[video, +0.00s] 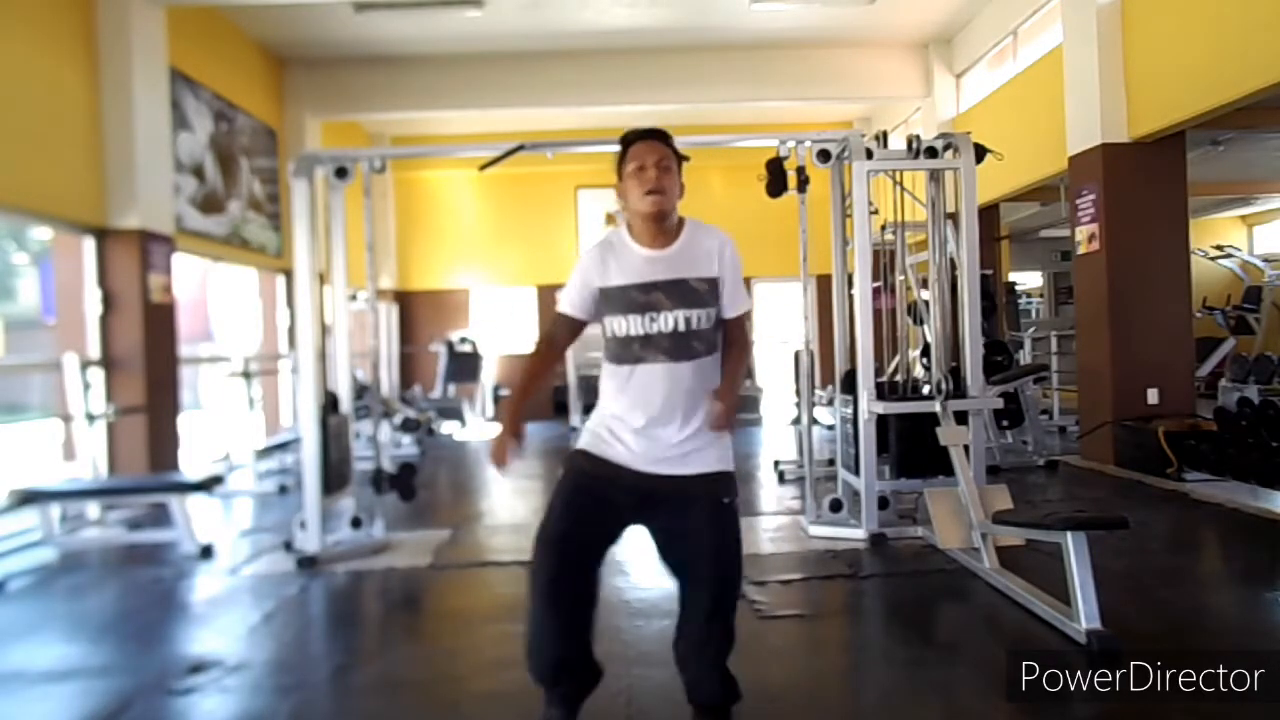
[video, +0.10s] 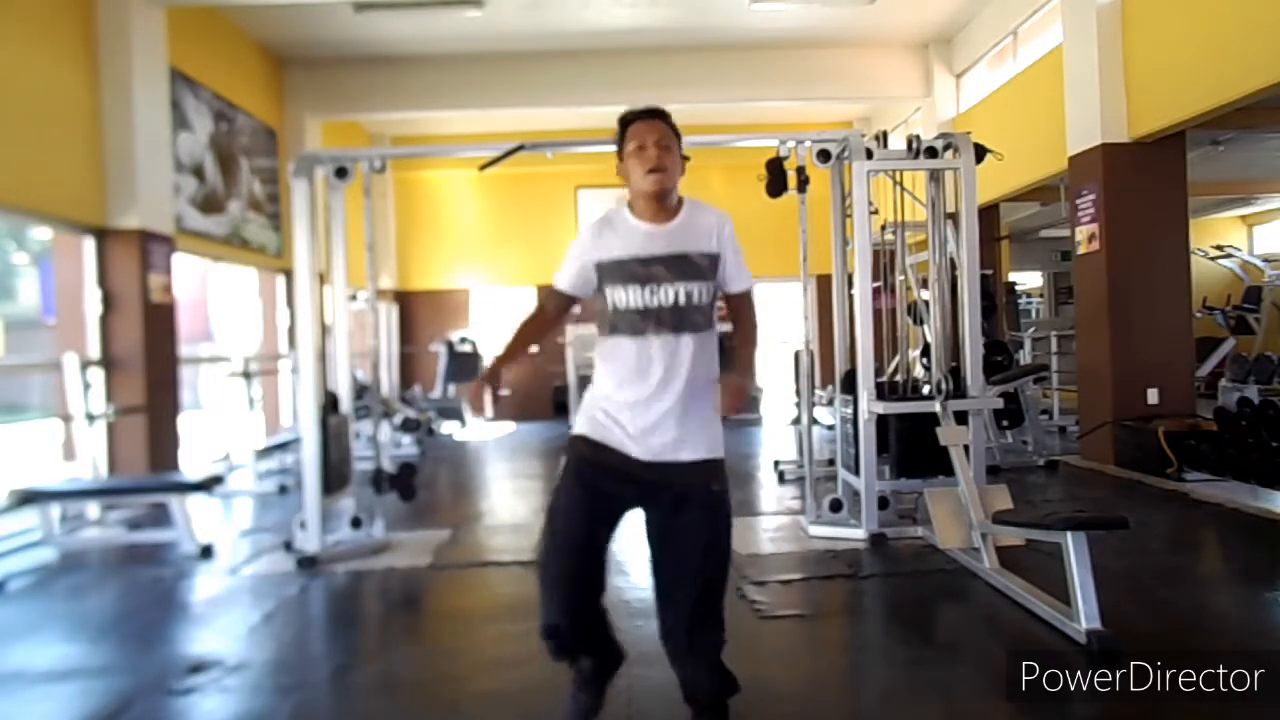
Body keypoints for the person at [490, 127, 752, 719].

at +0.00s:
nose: (654, 177)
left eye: (664, 166)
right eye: (640, 169)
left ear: (682, 179)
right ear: (620, 186)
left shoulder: (716, 249)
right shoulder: (600, 259)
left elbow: (737, 334)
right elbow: (556, 340)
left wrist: (729, 390)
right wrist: (514, 414)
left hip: (696, 452)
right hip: (611, 447)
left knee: (715, 584)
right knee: (558, 555)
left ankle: (710, 698)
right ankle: (564, 686)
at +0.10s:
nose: (653, 156)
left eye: (663, 146)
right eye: (639, 149)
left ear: (682, 160)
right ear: (621, 167)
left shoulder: (714, 229)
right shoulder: (599, 236)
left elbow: (742, 311)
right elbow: (554, 309)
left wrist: (738, 371)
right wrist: (502, 360)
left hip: (690, 440)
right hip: (606, 433)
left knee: (692, 608)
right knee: (561, 584)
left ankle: (710, 704)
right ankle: (593, 659)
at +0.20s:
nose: (651, 150)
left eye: (661, 139)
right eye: (637, 142)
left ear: (679, 152)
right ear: (618, 157)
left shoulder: (705, 221)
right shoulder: (587, 222)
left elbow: (756, 284)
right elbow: (533, 281)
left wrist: (799, 339)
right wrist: (526, 284)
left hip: (684, 431)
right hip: (603, 431)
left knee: (685, 572)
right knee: (604, 572)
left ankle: (686, 699)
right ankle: (614, 696)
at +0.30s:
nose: (655, 162)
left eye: (665, 152)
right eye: (641, 152)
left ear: (677, 163)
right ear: (616, 163)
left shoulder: (705, 232)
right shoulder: (586, 233)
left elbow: (782, 275)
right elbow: (501, 273)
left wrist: (861, 300)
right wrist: (557, 239)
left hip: (684, 453)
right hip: (605, 452)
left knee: (679, 600)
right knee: (616, 606)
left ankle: (676, 704)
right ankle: (618, 706)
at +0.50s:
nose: (694, 180)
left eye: (693, 170)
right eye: (684, 170)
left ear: (663, 172)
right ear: (646, 172)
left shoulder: (707, 233)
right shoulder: (589, 230)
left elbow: (780, 242)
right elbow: (509, 246)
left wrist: (831, 220)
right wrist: (500, 214)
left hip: (683, 444)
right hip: (602, 432)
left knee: (677, 603)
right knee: (557, 539)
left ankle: (677, 703)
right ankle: (603, 611)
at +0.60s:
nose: (692, 176)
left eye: (692, 165)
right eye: (683, 165)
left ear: (668, 168)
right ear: (645, 167)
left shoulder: (698, 230)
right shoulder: (589, 223)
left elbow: (765, 267)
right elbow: (511, 233)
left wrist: (760, 209)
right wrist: (444, 205)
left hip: (680, 440)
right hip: (605, 439)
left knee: (678, 586)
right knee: (593, 586)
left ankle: (668, 701)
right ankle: (612, 698)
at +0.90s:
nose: (642, 169)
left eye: (652, 160)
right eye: (630, 160)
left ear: (666, 173)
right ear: (608, 173)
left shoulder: (696, 232)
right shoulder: (579, 232)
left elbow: (771, 223)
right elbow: (507, 235)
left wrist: (824, 200)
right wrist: (521, 188)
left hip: (684, 439)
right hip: (602, 443)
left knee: (717, 585)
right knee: (614, 588)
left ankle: (684, 654)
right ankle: (609, 697)